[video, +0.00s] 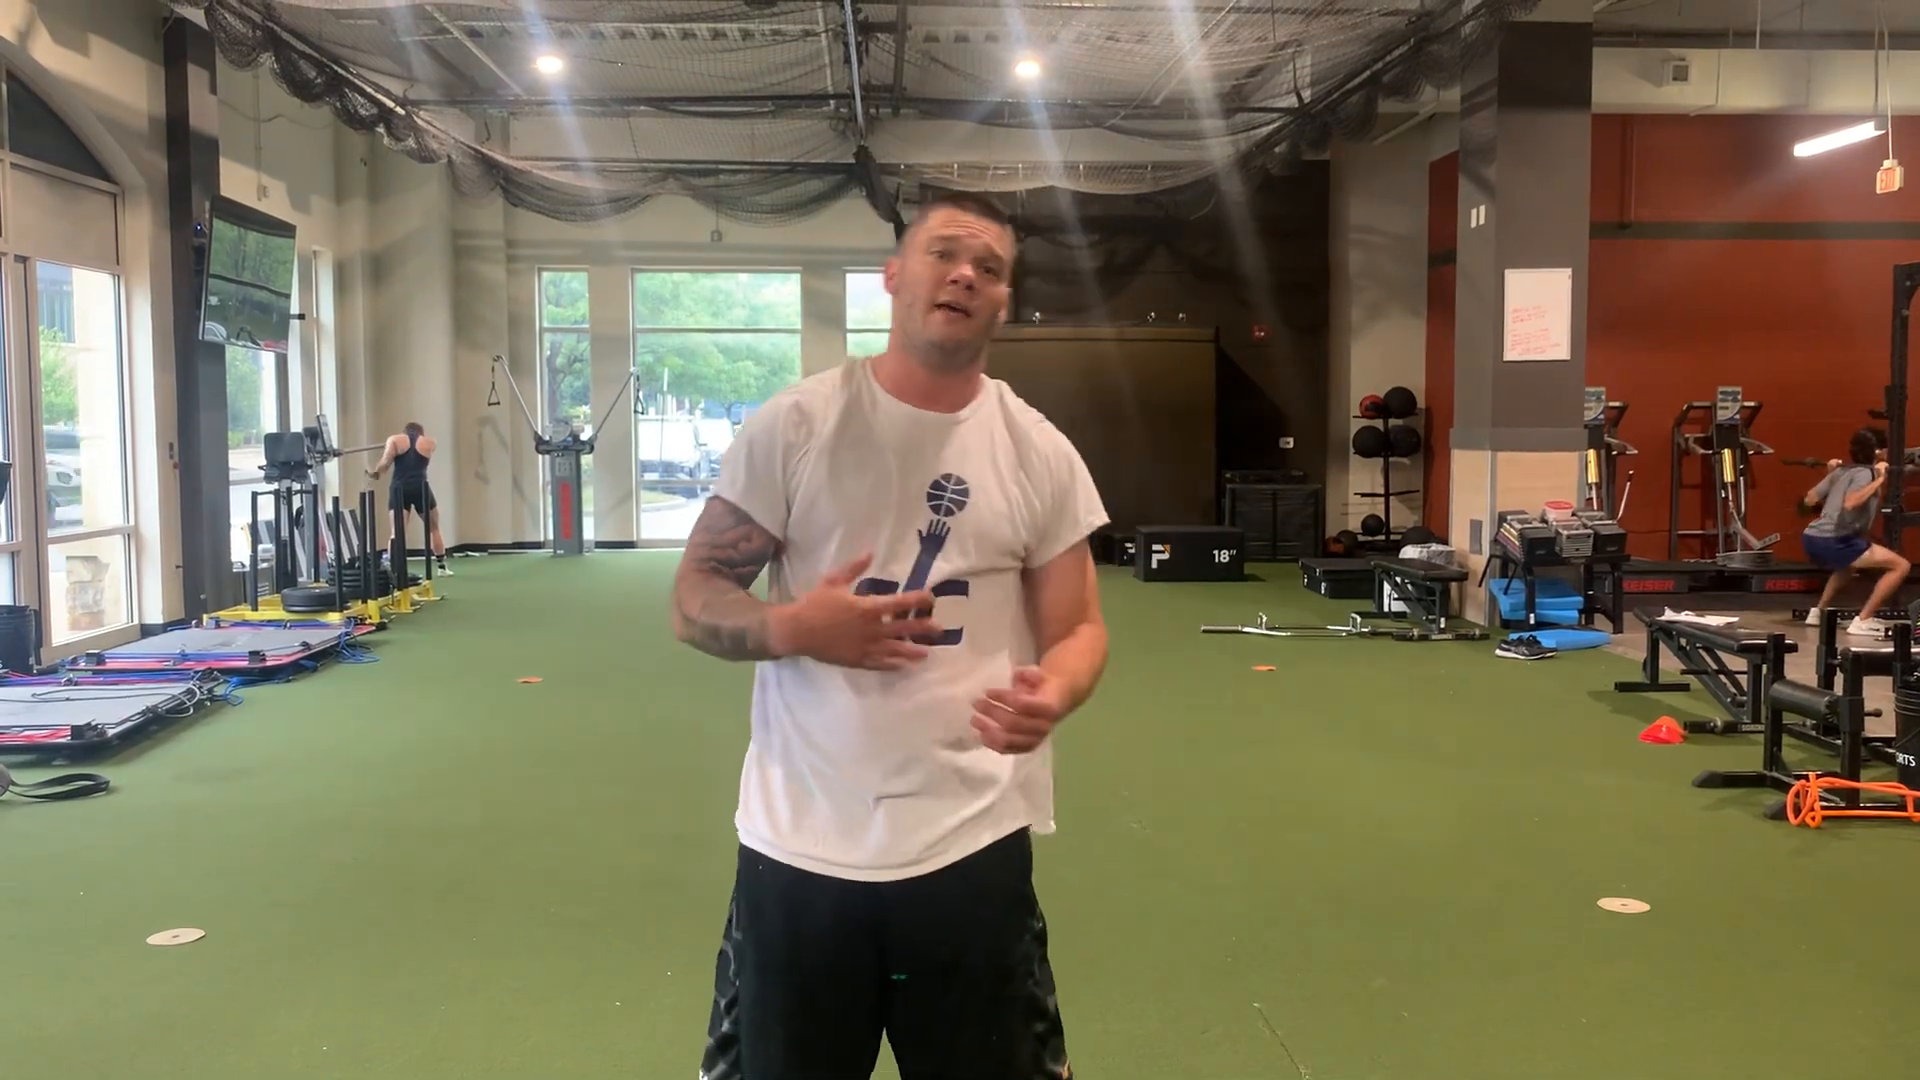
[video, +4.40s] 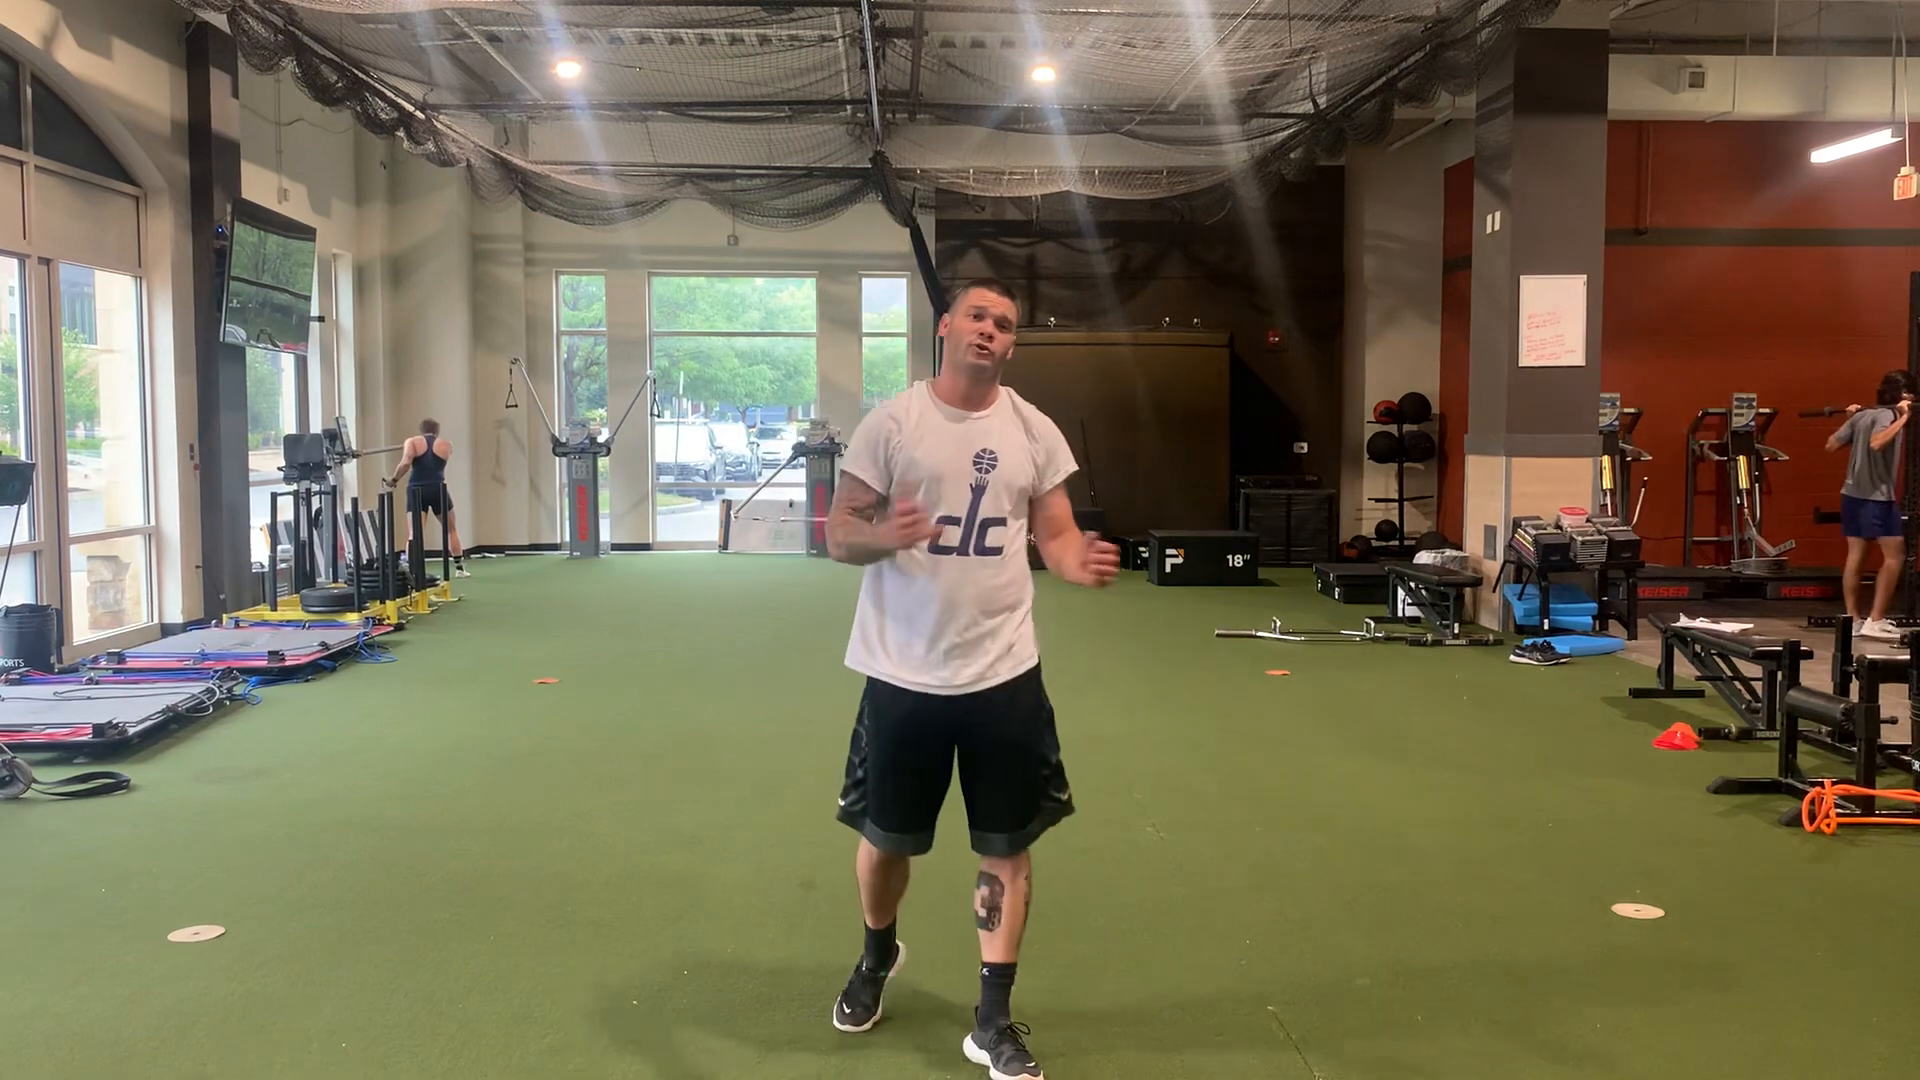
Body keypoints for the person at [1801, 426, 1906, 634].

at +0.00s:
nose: (1886, 453)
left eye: (1886, 449)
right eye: (1884, 449)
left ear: (1855, 451)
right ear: (1875, 452)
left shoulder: (1841, 472)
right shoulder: (1865, 474)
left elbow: (1810, 499)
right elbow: (1849, 503)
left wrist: (1830, 474)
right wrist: (1879, 479)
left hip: (1812, 539)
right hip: (1835, 542)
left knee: (1847, 568)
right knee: (1900, 566)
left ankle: (1818, 611)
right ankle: (1863, 620)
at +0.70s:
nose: (1887, 416)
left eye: (1887, 411)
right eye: (1884, 412)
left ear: (1857, 414)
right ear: (1875, 415)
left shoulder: (1843, 437)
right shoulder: (1867, 437)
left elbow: (1813, 464)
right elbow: (1853, 465)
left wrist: (1832, 437)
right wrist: (1881, 443)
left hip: (1820, 507)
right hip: (1841, 512)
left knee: (1841, 559)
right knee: (1886, 560)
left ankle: (1818, 615)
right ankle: (1864, 623)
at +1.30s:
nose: (1886, 450)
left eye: (1886, 445)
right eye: (1883, 445)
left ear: (1856, 445)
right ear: (1876, 447)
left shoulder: (1842, 467)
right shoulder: (1867, 468)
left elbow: (1812, 495)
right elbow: (1850, 496)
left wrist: (1832, 468)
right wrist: (1880, 473)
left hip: (1816, 535)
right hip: (1841, 540)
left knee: (1845, 571)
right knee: (1900, 568)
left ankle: (1818, 615)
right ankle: (1864, 623)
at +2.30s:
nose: (1891, 408)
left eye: (1891, 404)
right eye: (1889, 404)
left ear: (1861, 407)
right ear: (1881, 408)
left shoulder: (1847, 430)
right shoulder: (1872, 429)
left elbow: (1820, 457)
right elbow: (1860, 457)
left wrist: (1836, 430)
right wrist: (1887, 432)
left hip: (1830, 503)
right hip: (1854, 507)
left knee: (1841, 562)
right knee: (1881, 564)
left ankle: (1823, 621)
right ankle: (1870, 629)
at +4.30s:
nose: (1910, 399)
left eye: (1911, 396)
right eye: (1909, 395)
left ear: (1881, 393)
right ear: (1901, 396)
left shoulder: (1861, 417)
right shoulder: (1889, 417)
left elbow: (1832, 446)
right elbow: (1875, 443)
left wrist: (1849, 418)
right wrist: (1903, 418)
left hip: (1853, 496)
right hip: (1880, 500)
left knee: (1855, 558)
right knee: (1891, 559)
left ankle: (1851, 621)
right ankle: (1879, 623)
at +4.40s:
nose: (1911, 399)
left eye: (1911, 395)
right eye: (1909, 395)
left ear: (1881, 393)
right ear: (1902, 396)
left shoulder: (1861, 416)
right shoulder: (1889, 416)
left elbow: (1831, 445)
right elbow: (1875, 443)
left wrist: (1849, 418)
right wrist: (1903, 419)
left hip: (1851, 496)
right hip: (1878, 499)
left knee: (1854, 556)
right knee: (1894, 558)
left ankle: (1852, 619)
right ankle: (1876, 621)